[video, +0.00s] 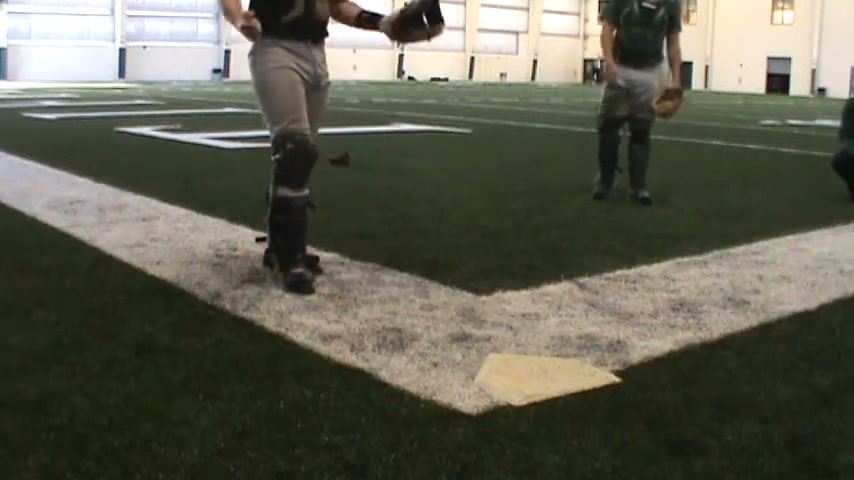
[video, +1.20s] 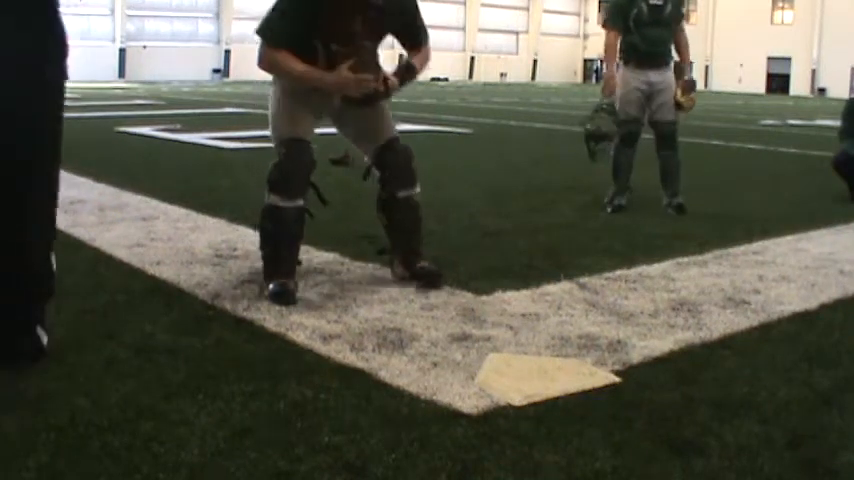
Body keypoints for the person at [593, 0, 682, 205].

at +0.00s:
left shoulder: (672, 5)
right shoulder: (619, 3)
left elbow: (673, 42)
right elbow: (607, 28)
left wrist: (675, 80)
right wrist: (609, 63)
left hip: (650, 74)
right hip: (619, 71)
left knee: (641, 134)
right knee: (608, 128)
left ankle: (639, 187)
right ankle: (605, 182)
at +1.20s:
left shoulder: (673, 4)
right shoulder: (622, 4)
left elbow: (678, 33)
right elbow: (612, 35)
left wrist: (686, 73)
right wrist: (609, 75)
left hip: (663, 73)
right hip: (631, 73)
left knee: (667, 137)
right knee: (627, 136)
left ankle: (672, 196)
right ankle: (619, 193)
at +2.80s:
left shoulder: (654, 3)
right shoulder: (605, 5)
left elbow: (668, 30)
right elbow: (595, 40)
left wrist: (678, 60)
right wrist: (587, 77)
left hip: (647, 75)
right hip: (615, 75)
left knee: (651, 136)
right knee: (618, 135)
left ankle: (657, 193)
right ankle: (618, 188)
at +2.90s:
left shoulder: (653, 4)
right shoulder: (603, 4)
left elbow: (667, 30)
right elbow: (592, 40)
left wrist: (678, 60)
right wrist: (585, 76)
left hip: (646, 75)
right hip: (614, 75)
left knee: (651, 135)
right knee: (618, 135)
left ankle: (657, 193)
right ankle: (617, 188)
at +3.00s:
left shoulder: (652, 4)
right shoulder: (602, 5)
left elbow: (666, 29)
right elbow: (591, 40)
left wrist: (676, 60)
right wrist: (584, 77)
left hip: (645, 75)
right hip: (613, 75)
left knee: (651, 135)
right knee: (617, 135)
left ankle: (657, 193)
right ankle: (618, 188)